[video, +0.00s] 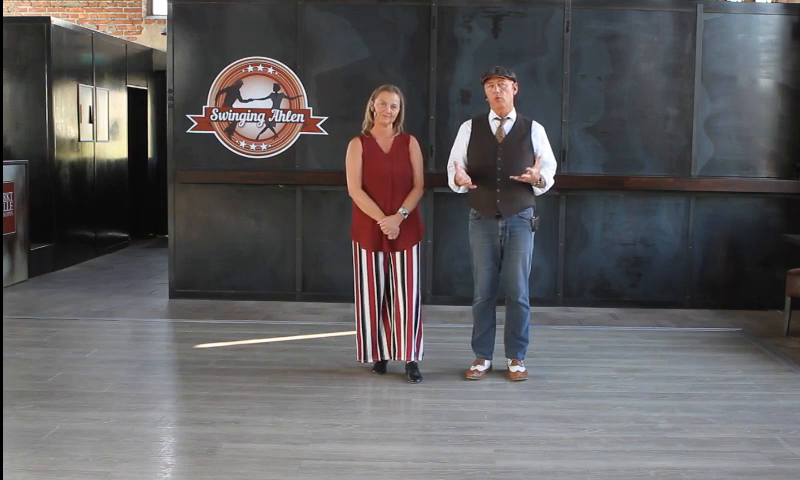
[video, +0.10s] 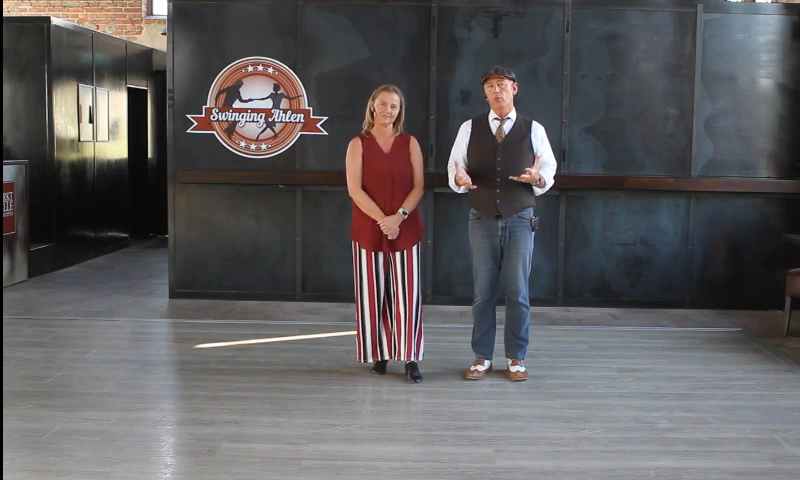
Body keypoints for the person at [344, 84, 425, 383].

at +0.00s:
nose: (387, 110)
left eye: (393, 105)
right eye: (383, 104)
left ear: (399, 110)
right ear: (373, 106)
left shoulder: (410, 143)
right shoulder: (357, 144)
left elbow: (419, 186)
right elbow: (354, 189)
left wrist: (398, 216)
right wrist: (385, 220)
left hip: (405, 229)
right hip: (369, 230)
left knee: (408, 294)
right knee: (373, 295)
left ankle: (412, 357)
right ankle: (378, 355)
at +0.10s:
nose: (388, 110)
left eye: (393, 105)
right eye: (383, 104)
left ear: (399, 110)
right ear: (373, 107)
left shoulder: (410, 143)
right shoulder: (358, 144)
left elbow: (419, 187)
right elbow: (354, 189)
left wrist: (398, 216)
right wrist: (385, 220)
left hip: (405, 230)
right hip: (369, 231)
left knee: (408, 294)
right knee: (373, 295)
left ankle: (411, 358)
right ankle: (378, 355)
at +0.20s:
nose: (387, 110)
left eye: (393, 106)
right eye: (382, 104)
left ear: (399, 110)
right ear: (373, 107)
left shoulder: (410, 144)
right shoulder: (358, 144)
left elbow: (419, 187)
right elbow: (354, 189)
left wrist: (398, 216)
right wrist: (385, 220)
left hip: (405, 230)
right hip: (369, 231)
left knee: (408, 295)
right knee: (373, 295)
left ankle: (410, 358)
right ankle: (379, 355)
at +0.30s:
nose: (387, 110)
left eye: (393, 106)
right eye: (383, 104)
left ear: (399, 110)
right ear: (373, 107)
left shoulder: (410, 143)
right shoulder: (358, 144)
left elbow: (419, 187)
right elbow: (354, 189)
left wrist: (398, 216)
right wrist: (385, 220)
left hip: (404, 229)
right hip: (369, 230)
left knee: (407, 295)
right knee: (372, 294)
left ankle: (410, 358)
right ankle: (378, 355)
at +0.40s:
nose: (388, 110)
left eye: (393, 106)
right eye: (383, 104)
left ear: (399, 110)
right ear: (373, 107)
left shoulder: (410, 143)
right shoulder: (358, 144)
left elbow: (419, 187)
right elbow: (355, 189)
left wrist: (399, 216)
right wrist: (386, 220)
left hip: (405, 229)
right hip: (369, 230)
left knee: (407, 294)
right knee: (372, 294)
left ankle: (409, 357)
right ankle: (378, 355)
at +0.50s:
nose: (388, 110)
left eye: (393, 106)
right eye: (383, 104)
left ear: (399, 110)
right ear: (373, 107)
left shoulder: (410, 143)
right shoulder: (358, 144)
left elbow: (419, 187)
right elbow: (355, 189)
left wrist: (399, 216)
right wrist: (386, 220)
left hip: (405, 229)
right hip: (369, 230)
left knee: (407, 295)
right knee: (373, 295)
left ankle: (409, 358)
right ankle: (379, 355)